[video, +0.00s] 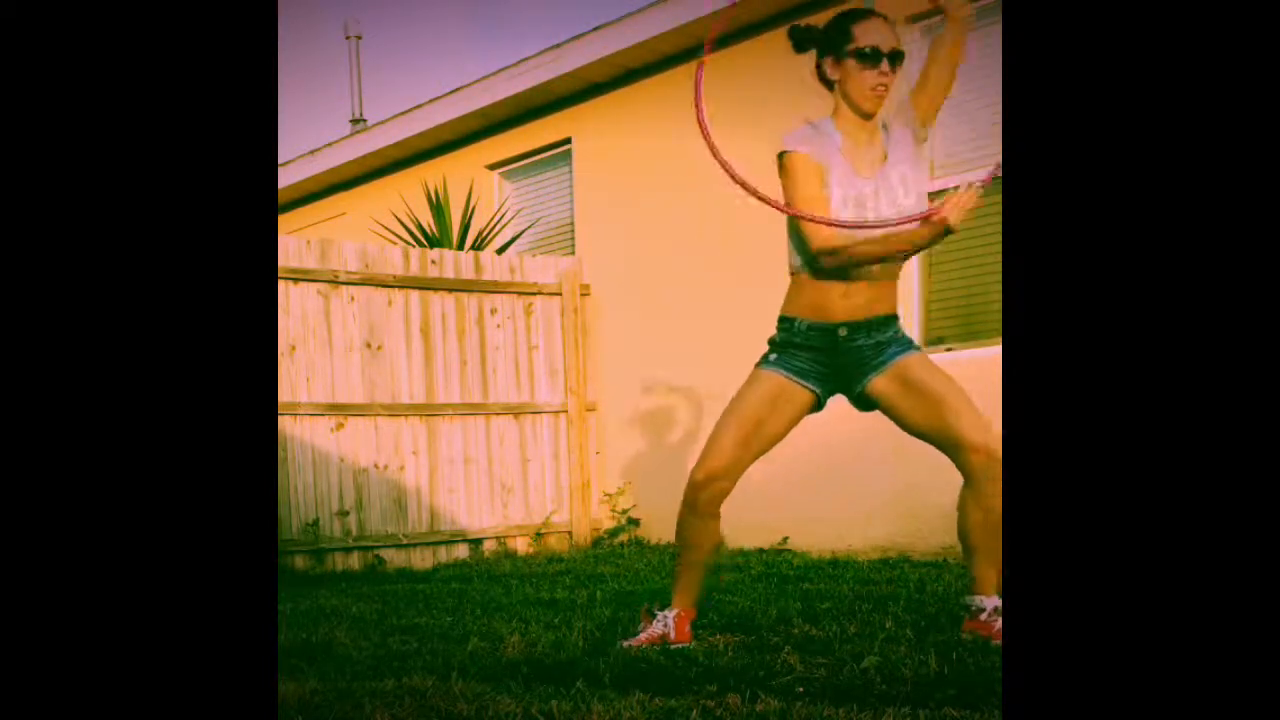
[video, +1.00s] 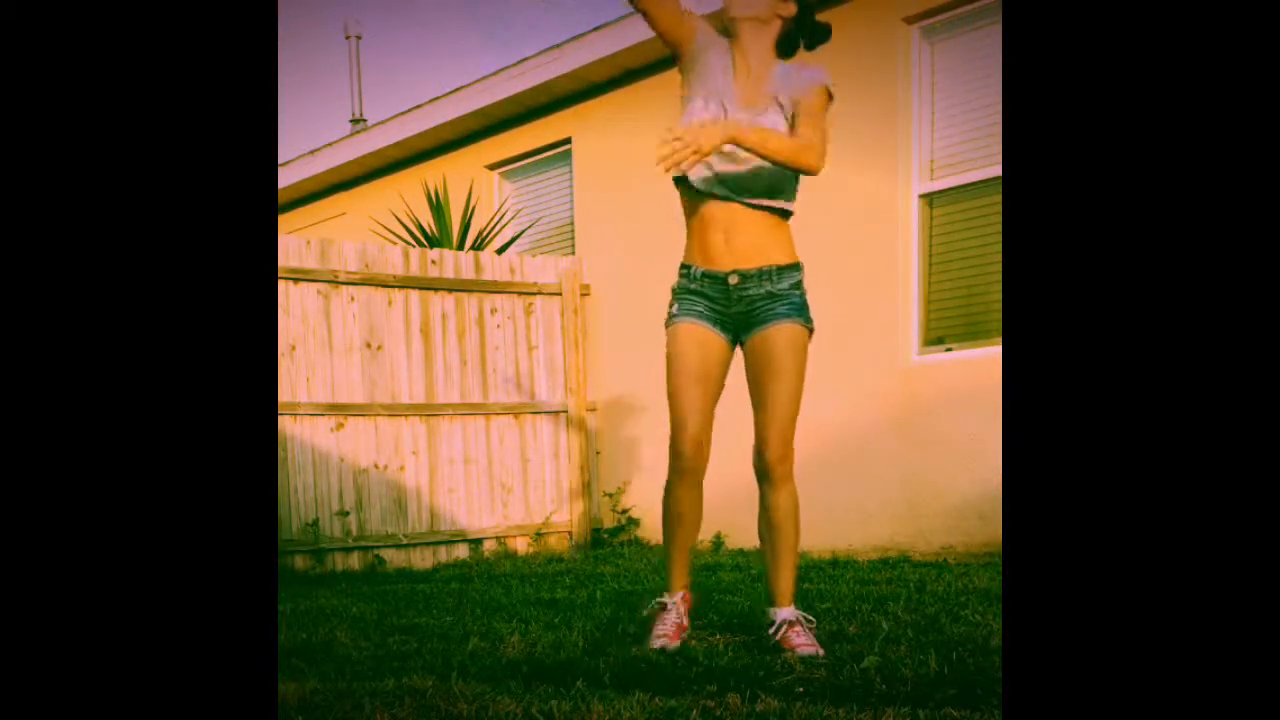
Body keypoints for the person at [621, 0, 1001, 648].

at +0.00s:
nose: (884, 72)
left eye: (892, 59)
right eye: (868, 59)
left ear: (900, 70)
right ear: (831, 68)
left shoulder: (907, 133)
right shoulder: (806, 147)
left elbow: (958, 26)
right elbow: (824, 248)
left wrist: (938, 7)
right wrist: (934, 228)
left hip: (881, 344)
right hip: (801, 347)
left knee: (986, 450)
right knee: (706, 480)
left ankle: (987, 609)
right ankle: (677, 620)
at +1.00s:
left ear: (785, 8)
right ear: (730, 7)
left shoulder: (807, 82)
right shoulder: (700, 48)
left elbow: (811, 156)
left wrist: (730, 129)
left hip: (777, 288)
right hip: (699, 288)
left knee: (774, 460)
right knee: (686, 451)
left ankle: (785, 613)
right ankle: (675, 602)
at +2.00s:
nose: (791, 65)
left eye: (806, 50)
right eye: (776, 50)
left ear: (828, 44)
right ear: (758, 44)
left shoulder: (843, 107)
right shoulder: (733, 95)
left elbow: (856, 207)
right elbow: (627, 139)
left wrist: (840, 228)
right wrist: (621, 180)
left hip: (809, 293)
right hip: (737, 294)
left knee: (804, 457)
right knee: (688, 143)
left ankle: (791, 611)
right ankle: (796, 233)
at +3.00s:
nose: (753, 32)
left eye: (767, 18)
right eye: (739, 18)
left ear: (785, 17)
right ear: (721, 17)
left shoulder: (816, 77)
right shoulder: (696, 93)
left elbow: (893, 163)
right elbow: (617, 184)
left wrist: (878, 100)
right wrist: (615, 107)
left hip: (810, 287)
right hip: (732, 291)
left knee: (802, 459)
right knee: (758, 455)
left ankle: (798, 616)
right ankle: (744, 609)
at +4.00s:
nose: (761, 15)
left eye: (777, 3)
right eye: (756, 5)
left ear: (816, 8)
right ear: (751, 13)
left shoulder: (846, 99)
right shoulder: (726, 86)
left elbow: (866, 221)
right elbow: (663, 181)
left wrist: (895, 331)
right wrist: (661, 266)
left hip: (820, 291)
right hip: (741, 299)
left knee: (883, 414)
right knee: (759, 462)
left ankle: (899, 573)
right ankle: (761, 616)